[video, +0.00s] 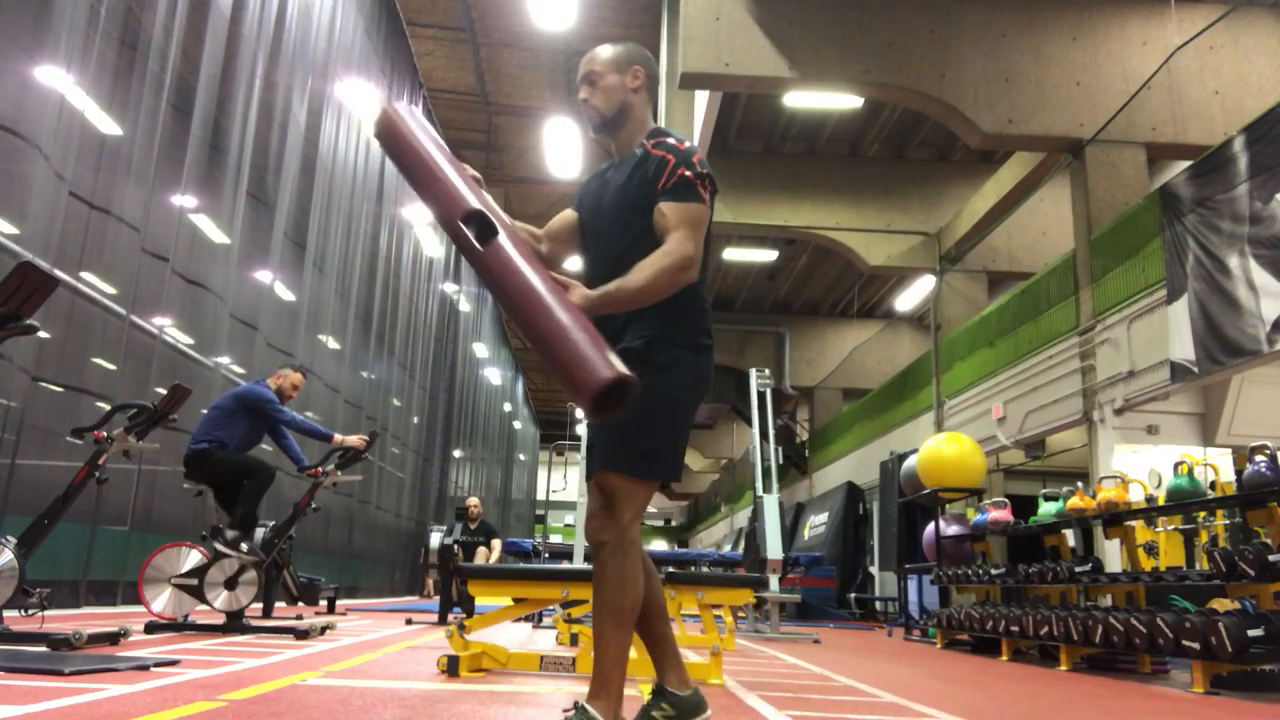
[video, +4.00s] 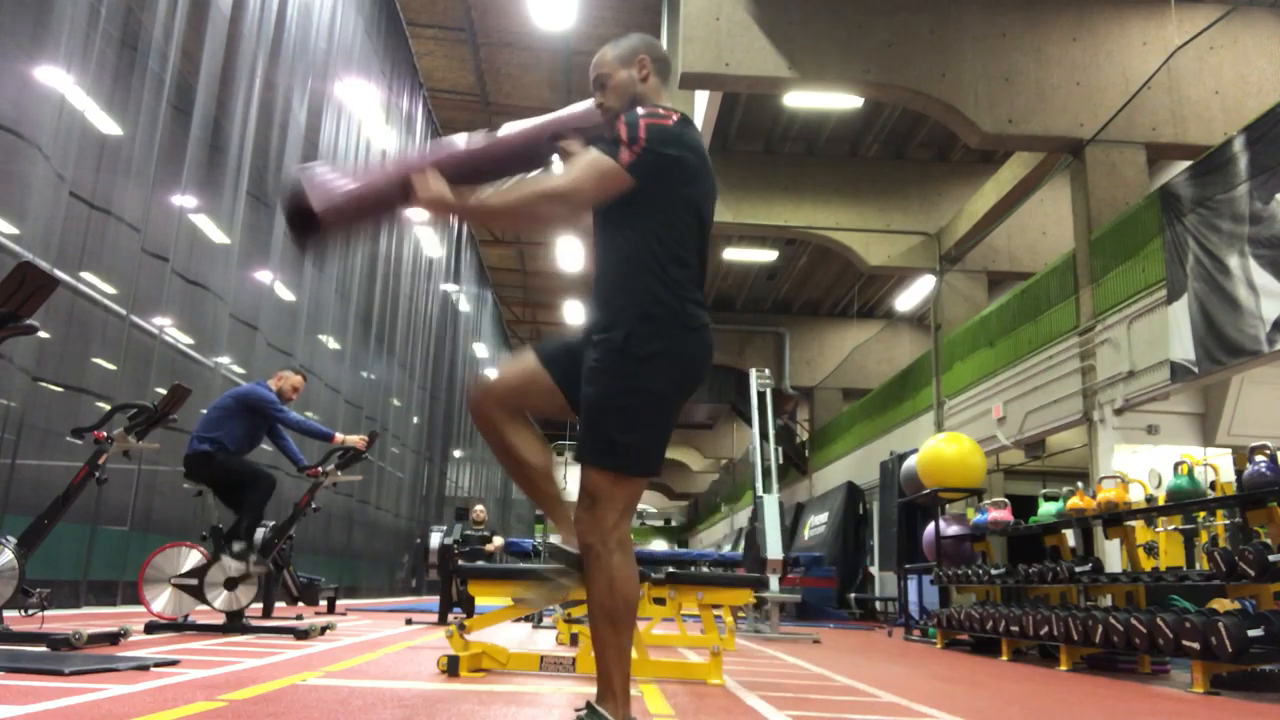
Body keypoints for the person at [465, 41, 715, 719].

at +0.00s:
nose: (581, 94)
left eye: (593, 79)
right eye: (579, 85)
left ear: (638, 82)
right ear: (592, 97)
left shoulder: (674, 157)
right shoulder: (598, 186)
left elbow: (684, 256)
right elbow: (545, 246)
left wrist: (594, 297)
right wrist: (485, 209)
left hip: (663, 359)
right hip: (619, 361)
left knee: (611, 521)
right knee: (611, 529)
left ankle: (602, 707)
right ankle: (679, 690)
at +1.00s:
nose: (588, 92)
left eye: (600, 79)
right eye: (589, 82)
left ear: (640, 84)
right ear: (626, 90)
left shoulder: (651, 146)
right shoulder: (624, 162)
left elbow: (644, 238)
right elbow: (601, 283)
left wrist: (538, 223)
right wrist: (536, 259)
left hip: (625, 354)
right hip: (610, 353)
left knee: (600, 525)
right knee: (597, 526)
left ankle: (617, 704)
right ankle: (616, 700)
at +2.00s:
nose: (583, 261)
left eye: (591, 246)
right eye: (578, 249)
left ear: (631, 236)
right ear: (579, 249)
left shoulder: (700, 303)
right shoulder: (593, 334)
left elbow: (766, 389)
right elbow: (567, 407)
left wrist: (778, 483)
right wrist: (556, 460)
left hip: (722, 470)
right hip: (668, 477)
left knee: (566, 525)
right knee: (700, 679)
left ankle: (609, 707)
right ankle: (837, 670)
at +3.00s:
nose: (597, 287)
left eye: (608, 271)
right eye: (594, 275)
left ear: (650, 264)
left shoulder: (715, 338)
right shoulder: (604, 359)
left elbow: (768, 439)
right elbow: (575, 429)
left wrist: (782, 539)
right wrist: (566, 502)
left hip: (728, 510)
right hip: (667, 524)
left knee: (574, 523)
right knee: (686, 708)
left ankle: (608, 706)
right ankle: (817, 671)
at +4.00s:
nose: (595, 96)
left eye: (603, 82)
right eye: (593, 87)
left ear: (644, 70)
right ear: (643, 76)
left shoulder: (656, 129)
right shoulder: (647, 138)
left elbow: (563, 196)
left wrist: (457, 204)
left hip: (650, 345)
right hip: (619, 339)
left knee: (601, 528)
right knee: (491, 397)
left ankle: (614, 707)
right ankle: (573, 529)